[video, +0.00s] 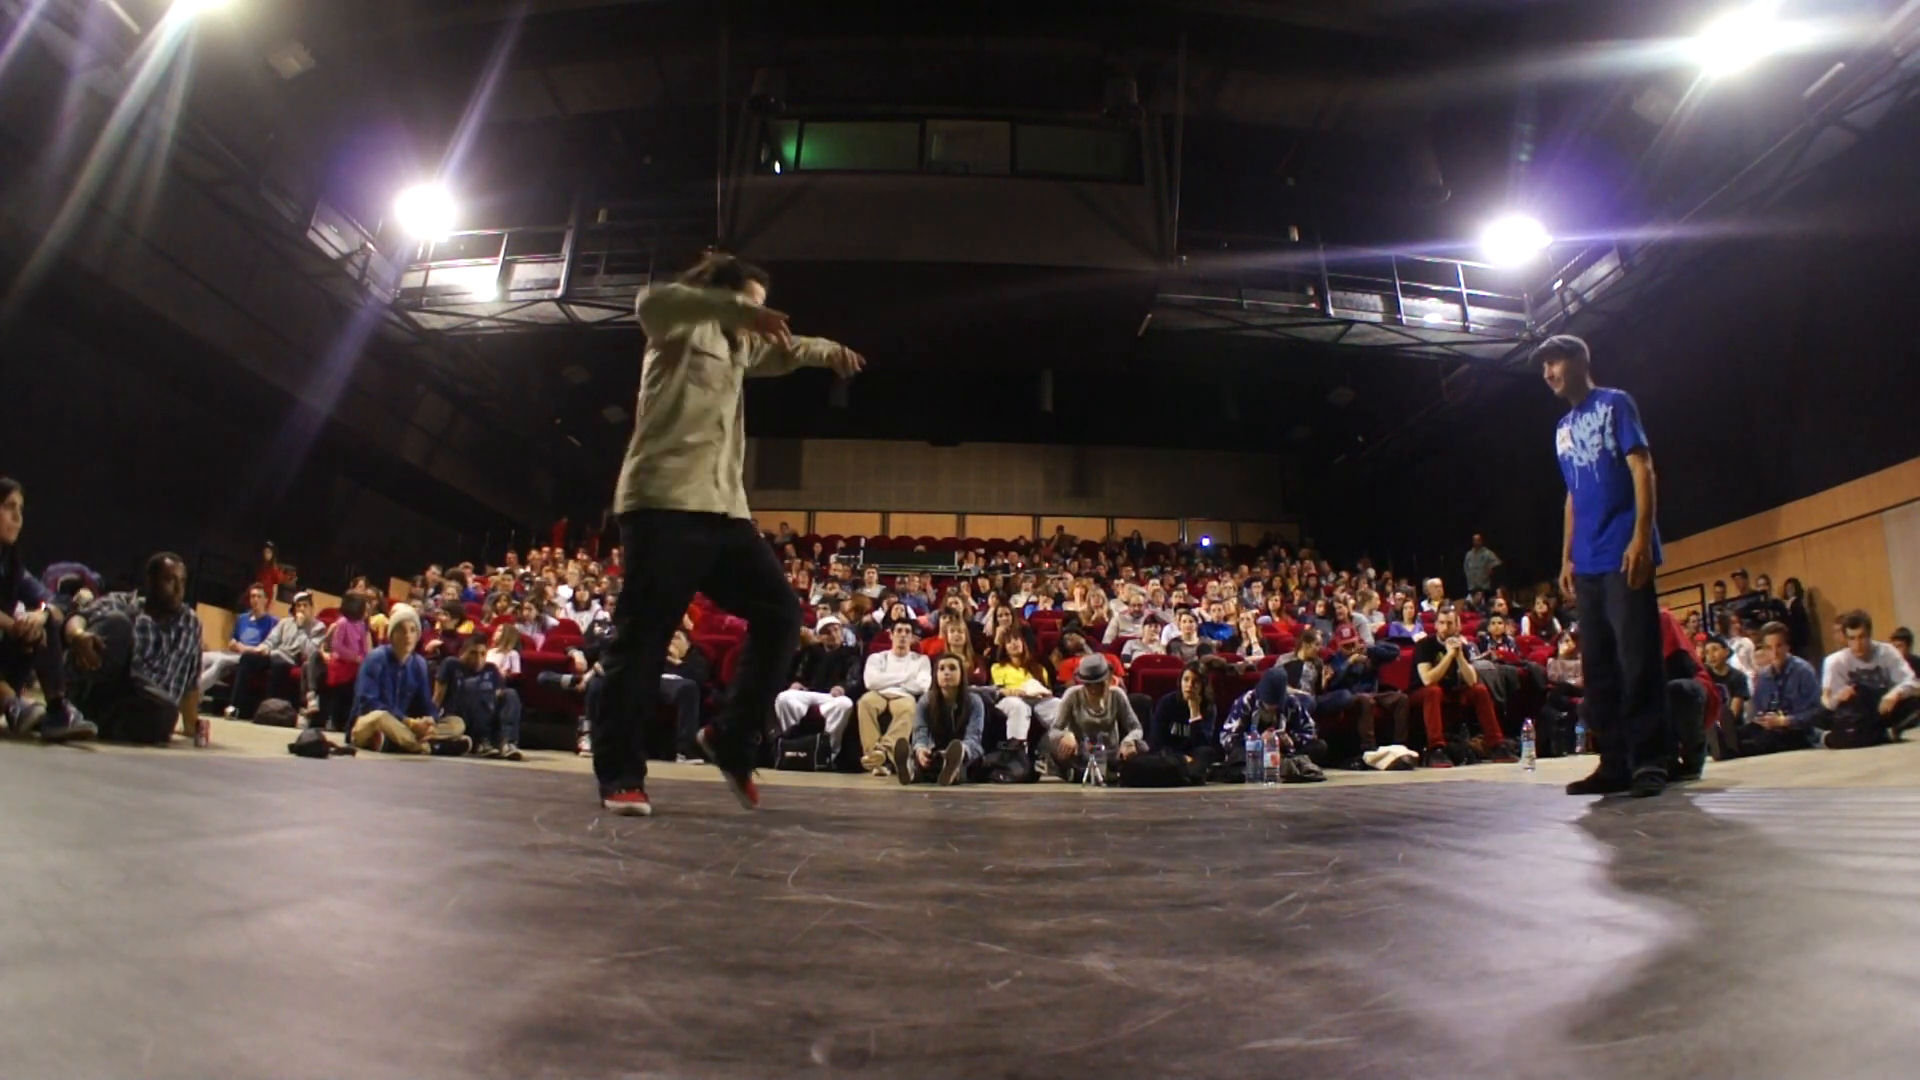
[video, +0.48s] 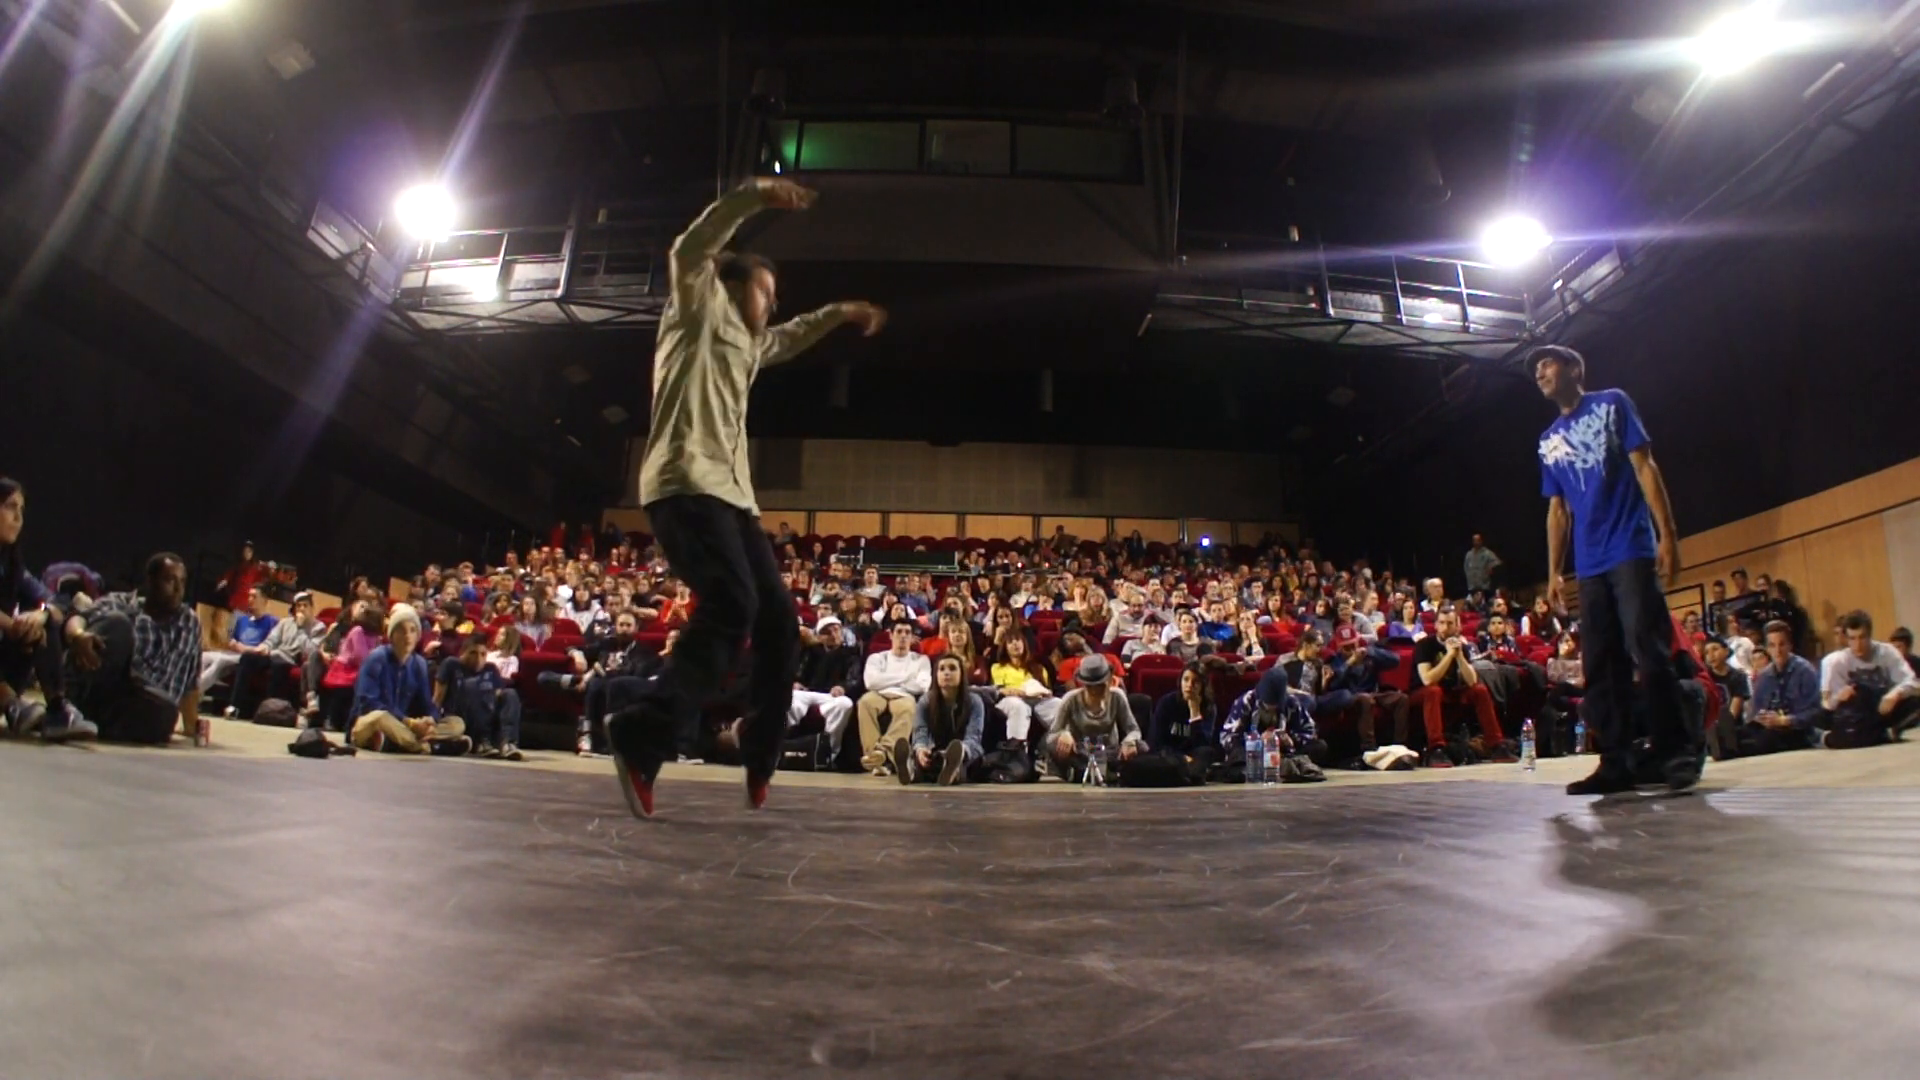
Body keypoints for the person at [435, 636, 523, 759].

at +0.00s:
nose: (478, 658)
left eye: (482, 654)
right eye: (473, 653)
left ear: (486, 654)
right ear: (465, 653)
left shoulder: (491, 669)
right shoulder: (451, 665)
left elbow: (498, 694)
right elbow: (438, 697)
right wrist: (429, 720)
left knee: (510, 694)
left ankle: (508, 743)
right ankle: (483, 742)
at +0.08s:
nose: (478, 658)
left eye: (482, 654)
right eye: (474, 653)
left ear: (486, 654)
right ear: (465, 653)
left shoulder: (491, 669)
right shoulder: (451, 665)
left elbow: (498, 695)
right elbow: (438, 697)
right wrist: (430, 721)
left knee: (511, 694)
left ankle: (508, 743)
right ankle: (483, 742)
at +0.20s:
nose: (478, 658)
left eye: (482, 654)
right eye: (473, 653)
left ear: (487, 654)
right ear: (465, 653)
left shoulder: (491, 669)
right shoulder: (451, 665)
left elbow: (498, 694)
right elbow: (438, 696)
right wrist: (430, 720)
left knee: (510, 694)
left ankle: (508, 743)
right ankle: (483, 742)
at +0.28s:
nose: (478, 658)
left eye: (483, 654)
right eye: (473, 653)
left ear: (487, 655)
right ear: (465, 653)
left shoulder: (490, 669)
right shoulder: (451, 665)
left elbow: (499, 693)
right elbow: (438, 697)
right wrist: (430, 720)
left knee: (510, 694)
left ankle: (508, 743)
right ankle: (483, 742)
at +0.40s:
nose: (478, 658)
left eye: (483, 654)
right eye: (473, 653)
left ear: (487, 655)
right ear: (464, 654)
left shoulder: (490, 669)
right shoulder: (451, 665)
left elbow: (498, 693)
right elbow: (438, 697)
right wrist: (431, 720)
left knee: (510, 694)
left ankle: (508, 743)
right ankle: (483, 742)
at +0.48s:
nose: (478, 658)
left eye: (482, 654)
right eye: (473, 653)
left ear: (486, 655)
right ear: (464, 654)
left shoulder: (490, 669)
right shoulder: (451, 665)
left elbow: (498, 694)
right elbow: (438, 697)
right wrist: (431, 720)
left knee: (510, 694)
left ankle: (508, 743)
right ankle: (483, 742)